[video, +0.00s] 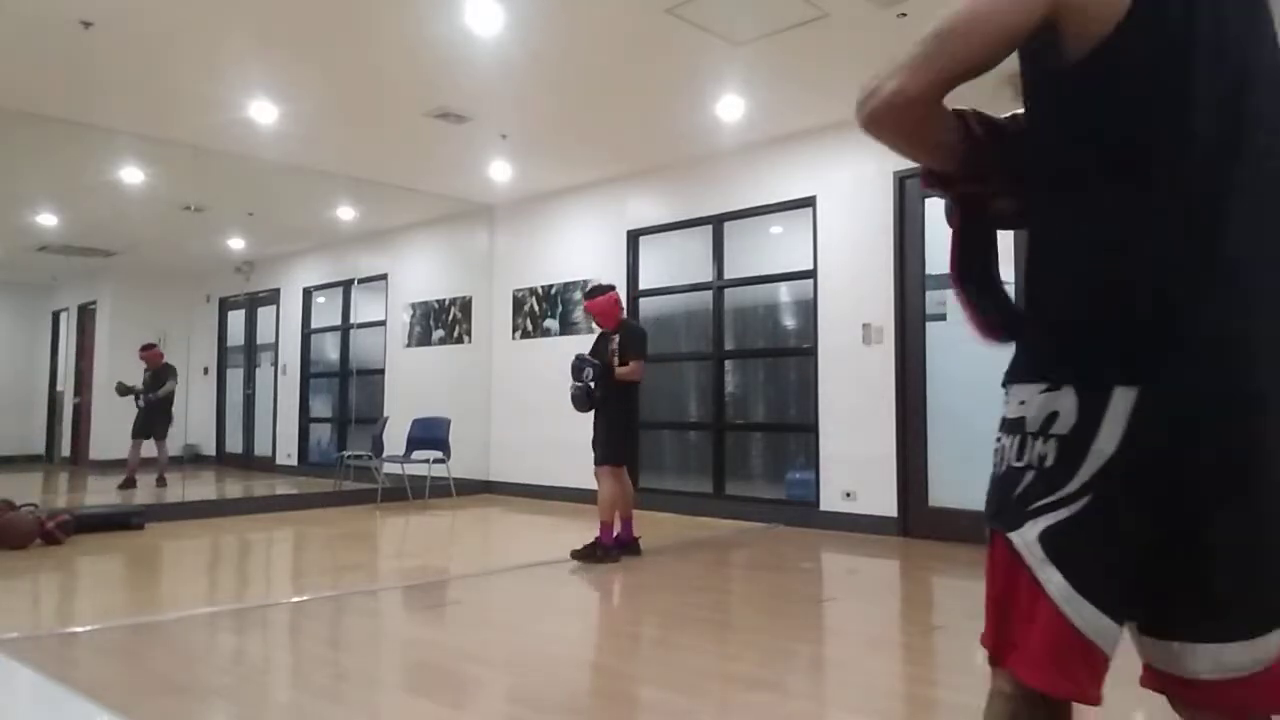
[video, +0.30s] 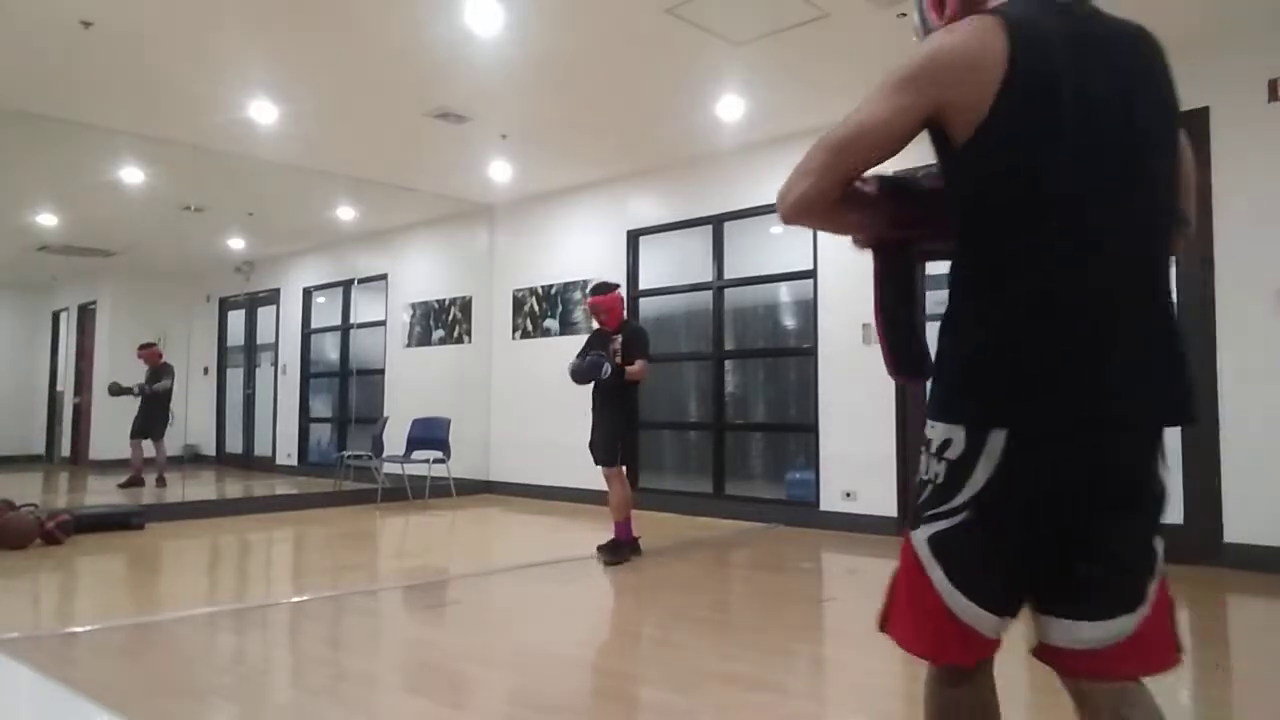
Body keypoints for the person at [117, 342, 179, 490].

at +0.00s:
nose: (145, 363)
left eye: (146, 359)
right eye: (143, 360)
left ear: (156, 356)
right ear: (146, 359)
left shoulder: (169, 369)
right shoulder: (148, 371)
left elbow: (170, 386)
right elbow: (146, 388)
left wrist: (153, 396)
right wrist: (131, 389)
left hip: (161, 413)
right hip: (145, 412)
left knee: (160, 444)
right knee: (136, 443)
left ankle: (161, 476)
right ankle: (130, 477)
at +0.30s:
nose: (144, 362)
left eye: (145, 358)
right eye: (142, 359)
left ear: (155, 355)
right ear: (147, 358)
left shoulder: (167, 369)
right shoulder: (150, 371)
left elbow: (166, 385)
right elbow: (144, 388)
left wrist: (150, 389)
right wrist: (125, 390)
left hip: (159, 412)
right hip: (145, 411)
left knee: (158, 441)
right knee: (135, 441)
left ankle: (160, 476)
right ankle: (136, 476)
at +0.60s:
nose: (135, 361)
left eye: (137, 358)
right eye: (134, 358)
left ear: (145, 356)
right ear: (140, 358)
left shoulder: (155, 369)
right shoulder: (142, 372)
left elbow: (154, 383)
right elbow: (134, 388)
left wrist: (136, 384)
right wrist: (122, 395)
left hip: (146, 413)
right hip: (134, 413)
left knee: (145, 443)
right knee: (134, 444)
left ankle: (159, 475)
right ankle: (136, 476)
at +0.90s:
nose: (125, 361)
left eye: (126, 357)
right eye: (124, 357)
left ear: (135, 355)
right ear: (134, 356)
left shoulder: (144, 369)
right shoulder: (135, 370)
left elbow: (136, 384)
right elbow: (130, 385)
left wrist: (117, 383)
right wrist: (113, 384)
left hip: (133, 411)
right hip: (129, 409)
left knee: (120, 440)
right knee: (131, 442)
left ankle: (138, 474)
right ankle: (138, 476)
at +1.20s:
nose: (115, 362)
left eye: (116, 358)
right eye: (114, 358)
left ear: (124, 356)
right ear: (126, 355)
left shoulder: (129, 371)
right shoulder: (134, 369)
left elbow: (115, 389)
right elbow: (118, 388)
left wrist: (100, 392)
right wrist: (103, 391)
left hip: (120, 413)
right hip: (127, 413)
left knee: (110, 443)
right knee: (126, 442)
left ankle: (111, 479)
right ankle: (136, 476)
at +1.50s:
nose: (106, 356)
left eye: (108, 352)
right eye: (106, 352)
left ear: (114, 353)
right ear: (122, 353)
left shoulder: (115, 370)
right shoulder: (128, 369)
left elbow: (103, 388)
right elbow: (110, 385)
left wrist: (90, 399)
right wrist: (97, 385)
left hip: (110, 411)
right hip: (119, 411)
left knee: (105, 442)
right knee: (109, 442)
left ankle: (113, 477)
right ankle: (122, 471)